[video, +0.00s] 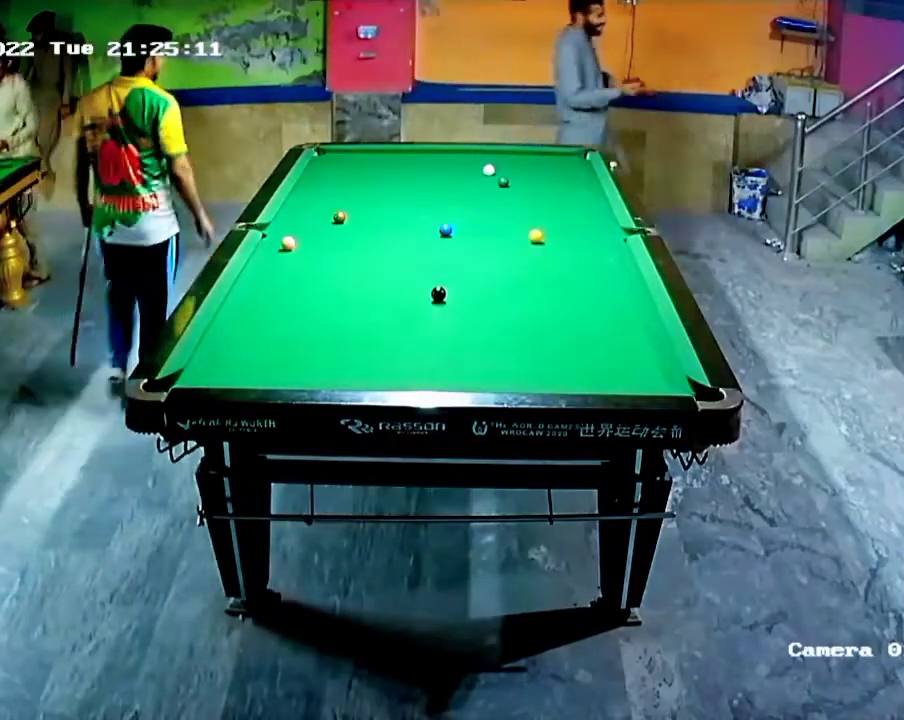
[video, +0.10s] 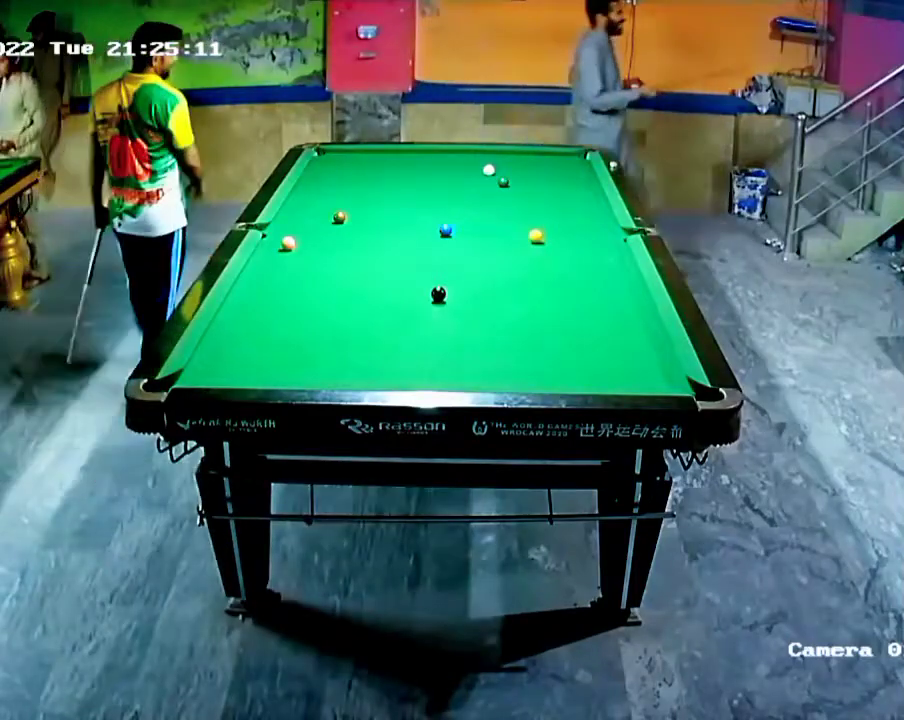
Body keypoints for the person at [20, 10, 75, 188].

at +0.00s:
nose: (35, 37)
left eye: (38, 33)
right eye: (34, 33)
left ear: (47, 32)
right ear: (37, 34)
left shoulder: (61, 49)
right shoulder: (34, 49)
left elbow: (68, 75)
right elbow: (27, 72)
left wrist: (66, 100)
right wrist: (21, 88)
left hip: (54, 94)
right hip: (38, 93)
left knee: (53, 130)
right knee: (41, 128)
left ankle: (45, 159)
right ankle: (44, 163)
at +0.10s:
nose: (35, 37)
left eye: (38, 33)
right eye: (34, 33)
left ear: (48, 31)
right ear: (36, 33)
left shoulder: (61, 50)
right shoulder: (34, 50)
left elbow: (67, 77)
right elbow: (29, 73)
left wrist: (65, 101)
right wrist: (25, 94)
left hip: (53, 96)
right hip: (35, 96)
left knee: (52, 133)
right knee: (38, 131)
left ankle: (44, 161)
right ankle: (44, 167)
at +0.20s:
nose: (35, 37)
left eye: (38, 32)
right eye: (34, 33)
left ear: (48, 31)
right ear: (35, 32)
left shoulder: (61, 49)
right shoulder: (34, 49)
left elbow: (67, 76)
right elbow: (29, 71)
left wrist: (65, 101)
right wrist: (26, 92)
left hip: (53, 94)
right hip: (35, 93)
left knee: (51, 130)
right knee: (38, 129)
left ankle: (44, 160)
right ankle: (44, 164)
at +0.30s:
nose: (35, 36)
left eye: (38, 32)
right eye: (34, 32)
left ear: (48, 30)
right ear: (35, 32)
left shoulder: (61, 46)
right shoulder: (34, 48)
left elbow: (67, 74)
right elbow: (29, 72)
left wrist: (66, 100)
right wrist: (26, 92)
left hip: (52, 95)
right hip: (34, 94)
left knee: (50, 132)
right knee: (35, 130)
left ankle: (44, 161)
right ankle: (40, 163)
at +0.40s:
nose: (37, 37)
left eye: (40, 32)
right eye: (35, 32)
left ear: (49, 31)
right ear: (34, 32)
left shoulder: (60, 48)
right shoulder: (32, 49)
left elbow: (67, 75)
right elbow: (29, 72)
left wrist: (65, 101)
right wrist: (27, 93)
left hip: (53, 95)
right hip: (34, 94)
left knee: (51, 132)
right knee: (35, 130)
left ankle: (45, 160)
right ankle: (38, 162)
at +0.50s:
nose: (37, 37)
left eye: (40, 32)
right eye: (35, 32)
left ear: (50, 31)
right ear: (34, 32)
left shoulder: (60, 48)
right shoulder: (32, 49)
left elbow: (67, 75)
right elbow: (27, 72)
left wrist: (65, 101)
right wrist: (25, 94)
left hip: (52, 96)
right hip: (33, 95)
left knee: (50, 133)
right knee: (34, 131)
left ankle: (46, 161)